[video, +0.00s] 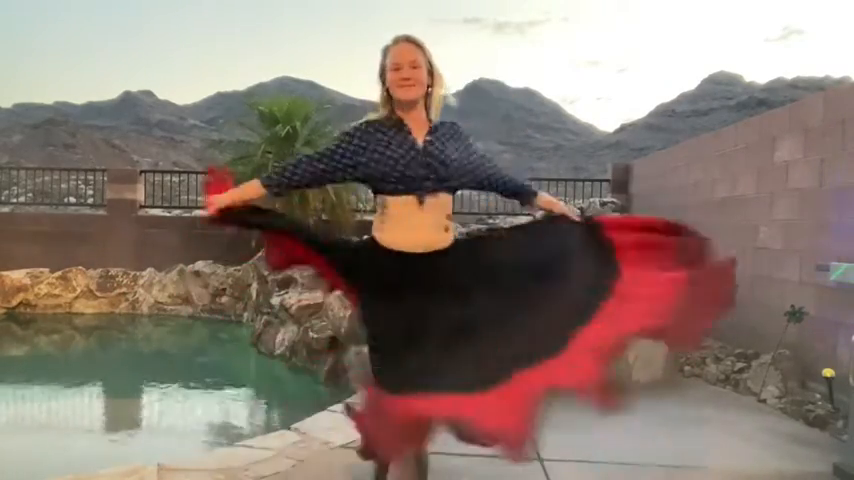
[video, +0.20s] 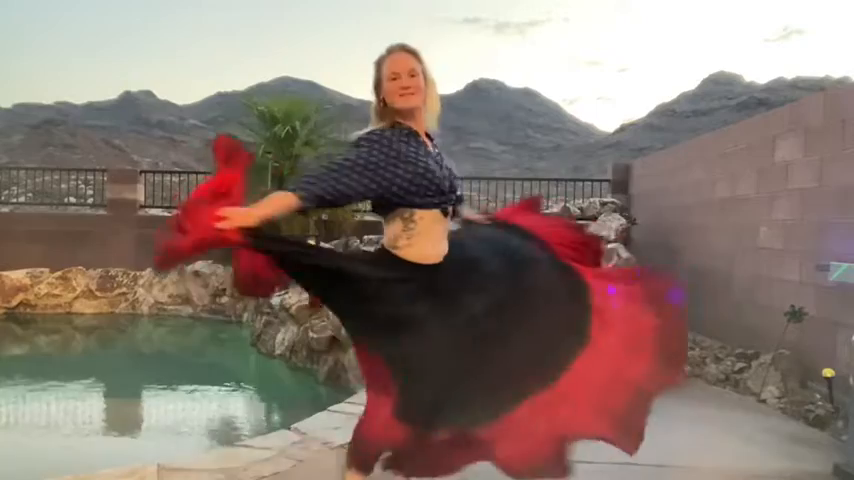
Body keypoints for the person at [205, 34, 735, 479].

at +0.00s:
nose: (405, 77)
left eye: (413, 69)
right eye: (396, 71)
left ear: (431, 76)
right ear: (385, 80)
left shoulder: (450, 136)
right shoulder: (368, 137)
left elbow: (489, 176)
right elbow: (313, 169)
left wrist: (538, 199)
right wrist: (252, 190)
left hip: (441, 261)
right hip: (389, 261)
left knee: (429, 363)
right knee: (396, 366)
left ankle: (408, 450)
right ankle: (398, 460)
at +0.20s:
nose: (403, 85)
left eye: (411, 76)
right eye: (393, 79)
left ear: (427, 84)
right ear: (380, 90)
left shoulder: (426, 143)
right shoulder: (382, 143)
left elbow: (442, 208)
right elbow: (322, 183)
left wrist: (484, 225)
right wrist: (254, 215)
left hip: (438, 265)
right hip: (402, 268)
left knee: (436, 374)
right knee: (396, 382)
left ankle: (429, 457)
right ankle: (365, 463)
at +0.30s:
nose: (408, 79)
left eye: (415, 71)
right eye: (396, 73)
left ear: (425, 81)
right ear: (378, 89)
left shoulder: (411, 137)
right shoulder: (393, 145)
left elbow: (409, 208)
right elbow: (352, 211)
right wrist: (295, 242)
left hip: (415, 272)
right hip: (402, 280)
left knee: (402, 396)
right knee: (403, 401)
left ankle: (398, 465)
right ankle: (394, 469)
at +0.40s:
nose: (430, 74)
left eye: (427, 66)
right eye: (419, 68)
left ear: (387, 83)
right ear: (388, 82)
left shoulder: (375, 134)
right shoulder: (413, 134)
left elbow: (350, 206)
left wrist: (391, 223)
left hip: (377, 268)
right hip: (407, 270)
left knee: (392, 389)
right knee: (419, 394)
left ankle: (396, 461)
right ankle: (416, 464)